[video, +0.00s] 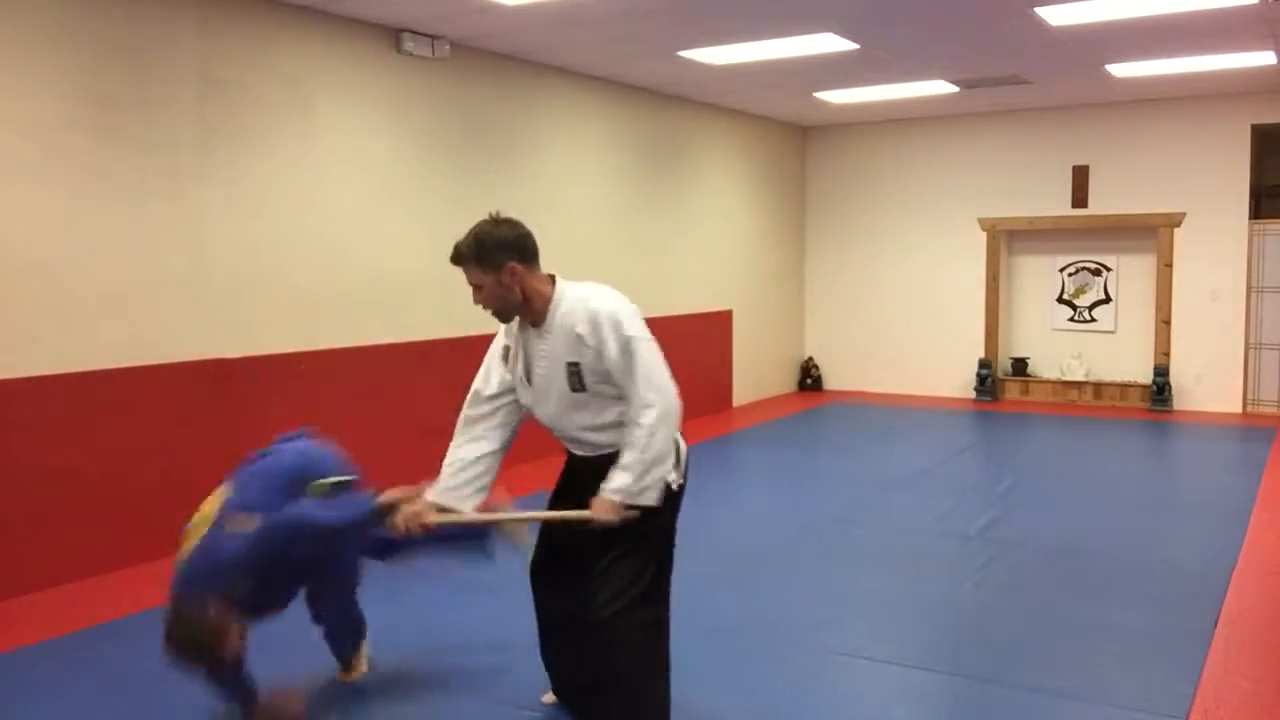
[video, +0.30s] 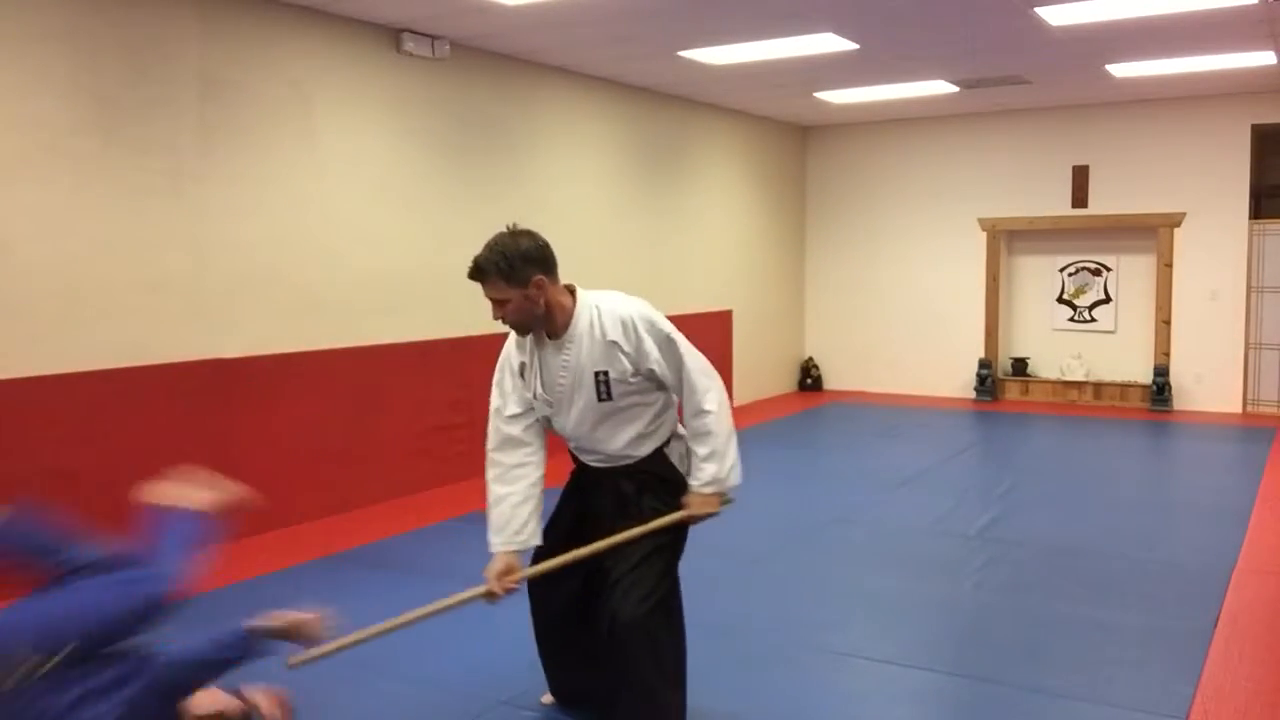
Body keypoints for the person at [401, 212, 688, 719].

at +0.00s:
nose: (476, 300)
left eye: (479, 287)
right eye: (471, 289)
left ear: (513, 277)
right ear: (511, 277)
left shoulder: (603, 314)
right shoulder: (511, 342)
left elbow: (659, 405)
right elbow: (482, 427)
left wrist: (619, 490)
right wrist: (439, 500)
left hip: (643, 468)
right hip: (584, 466)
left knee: (621, 602)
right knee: (551, 578)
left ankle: (633, 708)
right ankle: (577, 688)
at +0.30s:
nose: (496, 315)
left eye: (501, 303)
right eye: (491, 304)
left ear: (538, 289)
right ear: (532, 291)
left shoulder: (626, 322)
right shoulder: (519, 356)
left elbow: (703, 387)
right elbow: (512, 452)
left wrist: (710, 481)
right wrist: (508, 546)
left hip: (650, 478)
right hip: (590, 479)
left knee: (631, 608)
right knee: (550, 580)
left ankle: (651, 710)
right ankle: (580, 690)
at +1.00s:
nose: (524, 283)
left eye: (532, 271)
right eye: (521, 271)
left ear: (573, 264)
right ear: (566, 266)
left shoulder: (647, 314)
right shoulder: (535, 333)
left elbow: (712, 391)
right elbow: (519, 430)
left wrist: (713, 484)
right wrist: (503, 523)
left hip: (652, 478)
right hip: (587, 478)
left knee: (635, 608)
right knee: (554, 586)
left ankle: (647, 711)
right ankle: (579, 697)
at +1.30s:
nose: (538, 244)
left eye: (548, 231)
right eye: (537, 231)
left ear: (590, 232)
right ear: (573, 234)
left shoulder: (651, 301)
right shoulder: (549, 303)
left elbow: (704, 394)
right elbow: (522, 392)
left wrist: (694, 490)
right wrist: (491, 471)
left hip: (643, 469)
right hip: (582, 465)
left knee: (628, 615)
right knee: (568, 598)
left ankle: (643, 712)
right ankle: (578, 703)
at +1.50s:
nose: (545, 217)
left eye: (557, 205)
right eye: (545, 204)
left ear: (600, 208)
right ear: (587, 209)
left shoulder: (649, 284)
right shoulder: (566, 280)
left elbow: (688, 391)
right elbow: (543, 367)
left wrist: (670, 495)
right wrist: (508, 434)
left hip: (635, 458)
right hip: (581, 453)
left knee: (631, 613)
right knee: (575, 602)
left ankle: (633, 712)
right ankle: (582, 703)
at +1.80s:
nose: (548, 195)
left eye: (560, 185)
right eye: (548, 184)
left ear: (600, 191)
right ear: (584, 193)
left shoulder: (633, 270)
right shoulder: (584, 265)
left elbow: (634, 386)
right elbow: (590, 366)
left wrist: (603, 482)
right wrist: (548, 413)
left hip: (625, 446)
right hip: (583, 437)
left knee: (630, 601)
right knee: (584, 595)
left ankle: (638, 707)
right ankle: (585, 700)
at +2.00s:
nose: (544, 196)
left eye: (556, 186)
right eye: (545, 185)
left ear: (594, 192)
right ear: (584, 195)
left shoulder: (617, 266)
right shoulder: (584, 261)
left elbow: (607, 380)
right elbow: (588, 363)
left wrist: (563, 474)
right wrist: (555, 418)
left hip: (613, 446)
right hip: (580, 438)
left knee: (622, 598)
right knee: (585, 592)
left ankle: (633, 706)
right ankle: (586, 698)